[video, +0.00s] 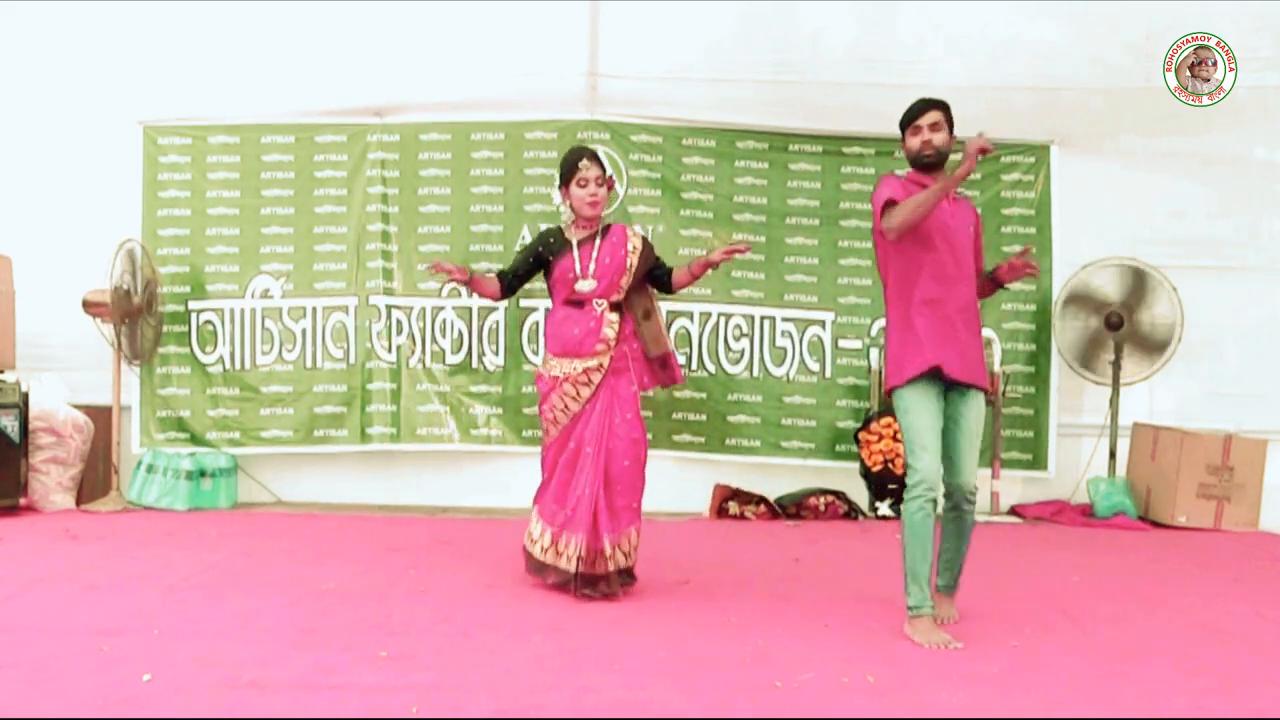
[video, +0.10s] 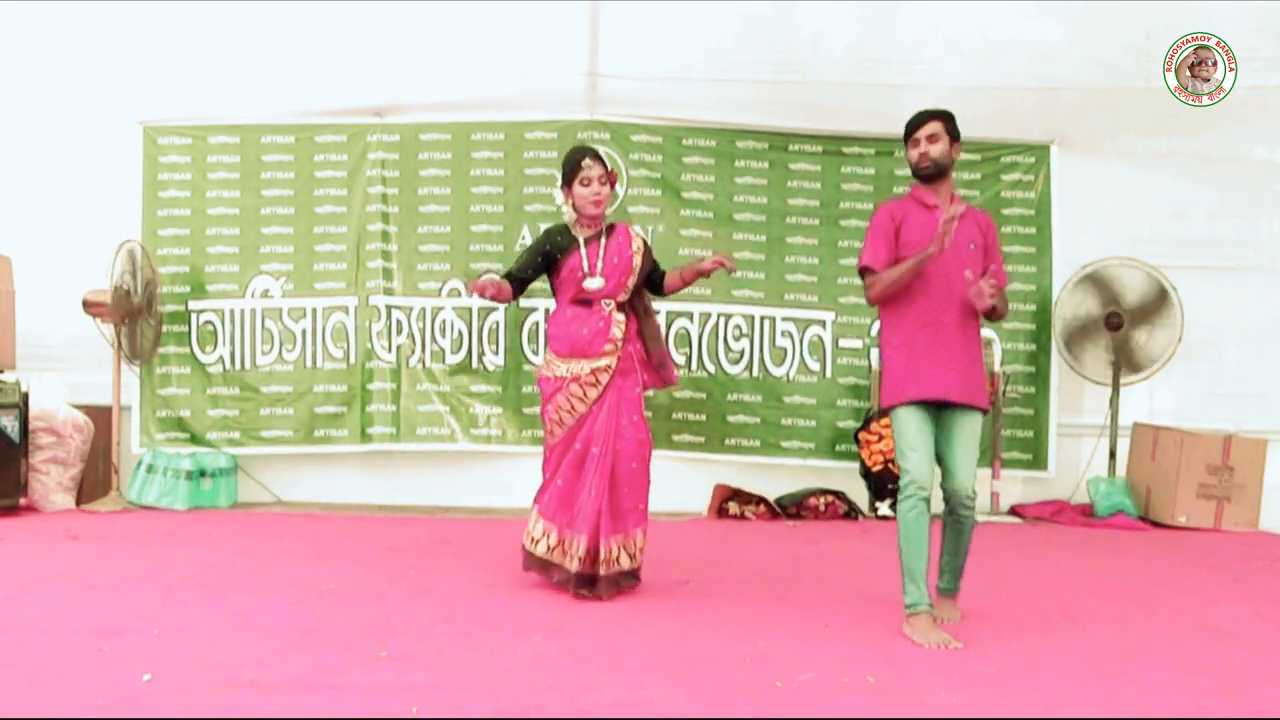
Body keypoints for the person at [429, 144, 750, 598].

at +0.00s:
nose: (593, 192)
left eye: (600, 183)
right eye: (582, 184)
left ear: (609, 189)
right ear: (565, 192)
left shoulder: (629, 241)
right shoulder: (551, 242)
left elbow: (667, 280)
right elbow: (502, 286)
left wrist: (707, 262)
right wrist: (467, 277)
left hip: (616, 367)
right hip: (565, 368)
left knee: (620, 459)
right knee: (570, 461)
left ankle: (609, 562)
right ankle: (572, 560)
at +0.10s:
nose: (597, 190)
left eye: (603, 182)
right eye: (585, 183)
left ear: (613, 188)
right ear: (567, 192)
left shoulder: (629, 239)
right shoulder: (555, 241)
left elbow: (659, 283)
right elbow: (514, 282)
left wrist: (699, 268)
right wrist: (497, 285)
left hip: (620, 368)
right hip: (569, 369)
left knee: (623, 459)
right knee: (575, 460)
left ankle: (614, 562)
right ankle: (579, 562)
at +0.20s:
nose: (605, 202)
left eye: (611, 193)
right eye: (593, 194)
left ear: (619, 198)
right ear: (575, 204)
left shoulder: (636, 256)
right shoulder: (568, 258)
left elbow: (642, 314)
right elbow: (543, 320)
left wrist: (669, 312)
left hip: (624, 381)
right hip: (575, 383)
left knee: (631, 465)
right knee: (583, 471)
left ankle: (610, 563)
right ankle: (548, 547)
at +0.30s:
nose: (612, 205)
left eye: (617, 196)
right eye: (600, 198)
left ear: (624, 200)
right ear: (580, 207)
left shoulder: (630, 254)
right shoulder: (577, 261)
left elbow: (641, 306)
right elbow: (587, 322)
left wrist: (657, 290)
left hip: (623, 385)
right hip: (580, 388)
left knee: (639, 467)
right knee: (605, 477)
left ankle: (615, 564)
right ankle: (556, 540)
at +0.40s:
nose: (623, 188)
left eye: (627, 178)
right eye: (611, 180)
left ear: (632, 182)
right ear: (588, 189)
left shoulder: (633, 233)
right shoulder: (591, 232)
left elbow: (661, 290)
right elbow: (631, 283)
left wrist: (659, 245)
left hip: (632, 365)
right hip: (590, 365)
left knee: (647, 465)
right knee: (619, 464)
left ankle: (621, 564)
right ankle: (579, 557)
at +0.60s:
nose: (646, 188)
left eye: (648, 179)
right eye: (635, 180)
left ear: (645, 183)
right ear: (608, 189)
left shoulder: (611, 234)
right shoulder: (622, 236)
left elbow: (626, 291)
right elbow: (637, 300)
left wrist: (672, 279)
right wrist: (684, 291)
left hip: (599, 367)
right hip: (616, 372)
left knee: (614, 471)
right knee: (645, 474)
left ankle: (584, 567)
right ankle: (612, 597)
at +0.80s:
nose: (662, 179)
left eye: (663, 169)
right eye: (651, 172)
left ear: (655, 172)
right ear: (626, 179)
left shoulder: (611, 227)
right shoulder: (638, 224)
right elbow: (629, 283)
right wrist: (690, 310)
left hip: (607, 362)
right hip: (630, 365)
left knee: (625, 466)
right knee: (649, 469)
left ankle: (596, 566)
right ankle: (613, 593)